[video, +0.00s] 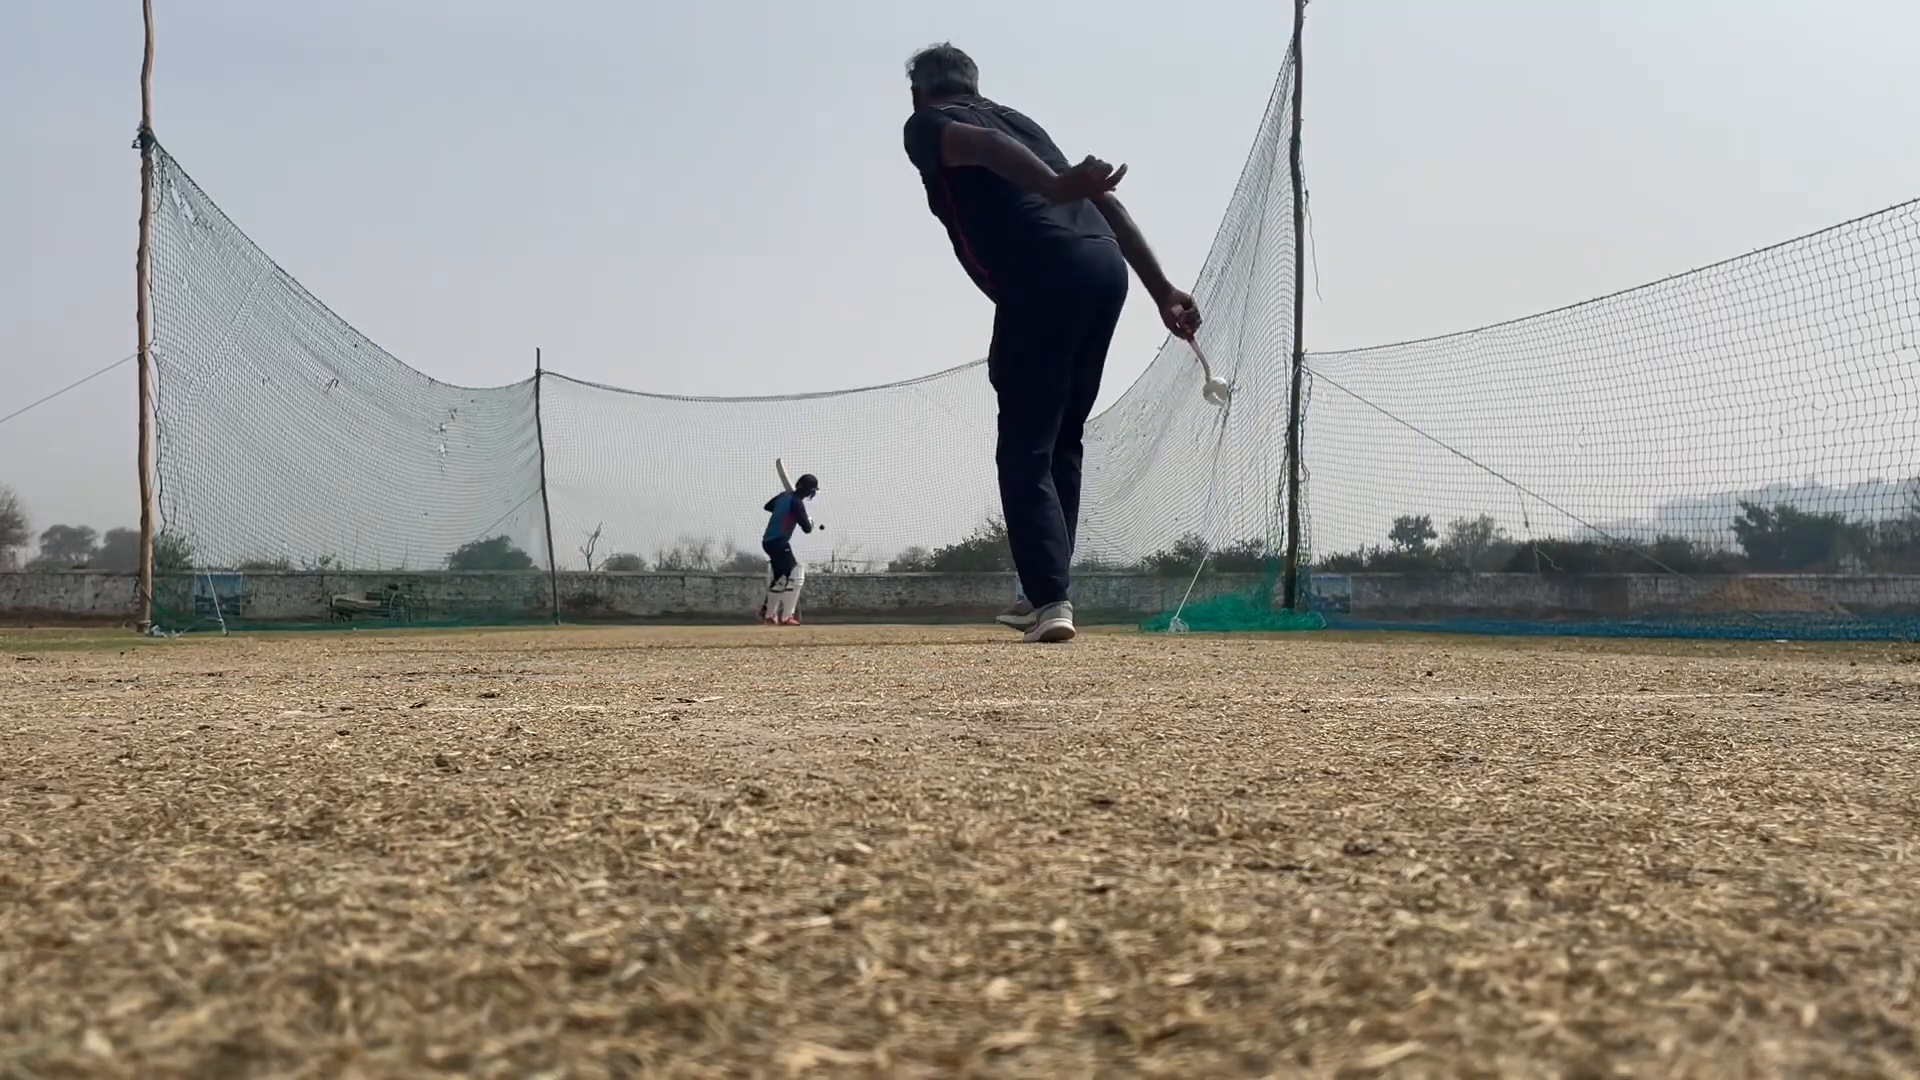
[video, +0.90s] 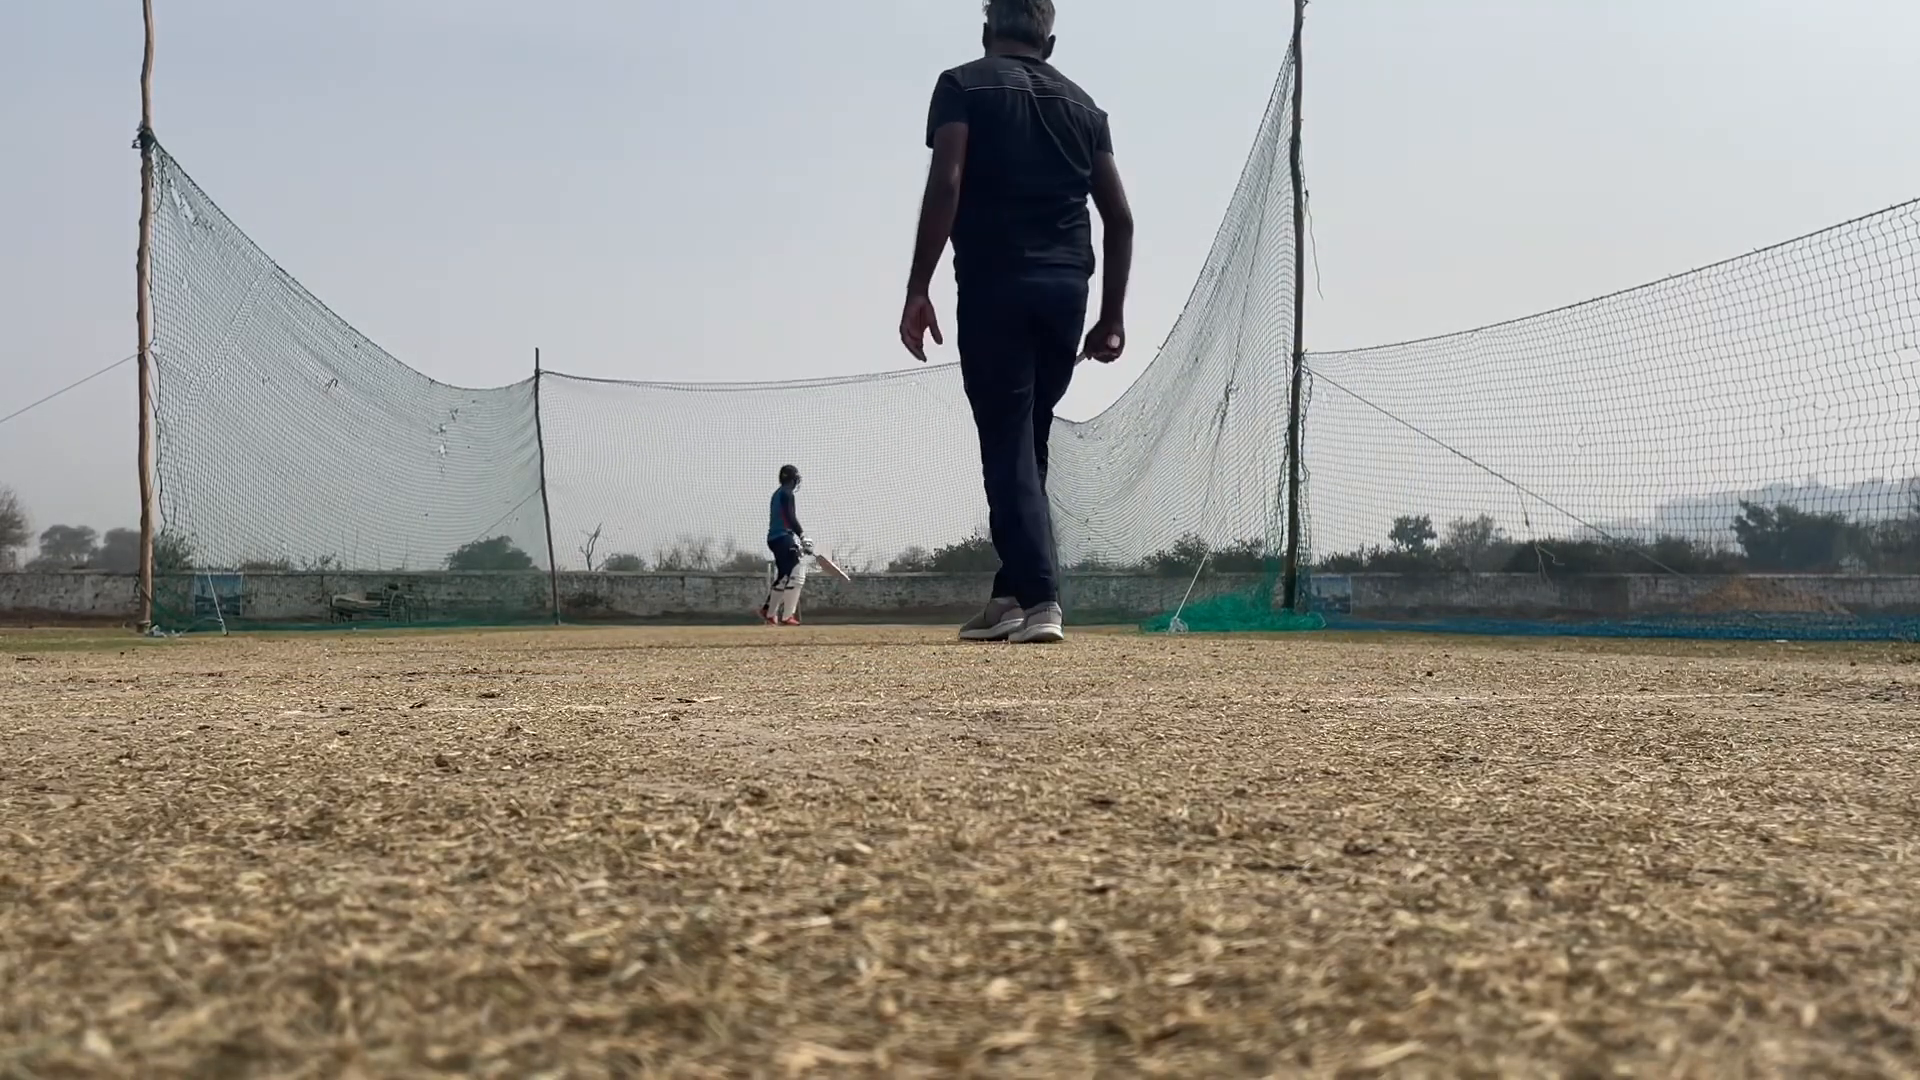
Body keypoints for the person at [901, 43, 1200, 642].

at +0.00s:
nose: (916, 102)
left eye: (915, 94)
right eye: (918, 94)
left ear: (919, 91)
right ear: (974, 86)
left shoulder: (925, 123)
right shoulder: (1022, 124)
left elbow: (986, 146)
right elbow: (1104, 202)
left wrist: (1056, 185)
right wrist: (1162, 288)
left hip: (1042, 275)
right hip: (1105, 270)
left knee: (1024, 447)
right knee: (1064, 440)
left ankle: (1050, 603)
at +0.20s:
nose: (933, 82)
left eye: (934, 73)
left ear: (939, 71)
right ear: (994, 75)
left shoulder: (945, 101)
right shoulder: (1029, 127)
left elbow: (983, 158)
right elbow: (1079, 231)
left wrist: (995, 244)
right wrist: (1099, 331)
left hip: (1022, 290)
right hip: (1079, 289)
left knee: (1006, 453)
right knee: (1022, 451)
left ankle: (1049, 598)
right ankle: (1008, 599)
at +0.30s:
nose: (940, 79)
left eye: (942, 70)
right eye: (945, 70)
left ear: (948, 67)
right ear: (1004, 74)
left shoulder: (950, 99)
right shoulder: (1029, 121)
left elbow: (972, 181)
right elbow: (1045, 207)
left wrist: (932, 285)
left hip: (1013, 291)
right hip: (1068, 290)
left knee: (997, 452)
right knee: (1015, 450)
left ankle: (1047, 593)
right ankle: (1009, 599)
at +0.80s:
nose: (983, 43)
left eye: (983, 34)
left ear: (982, 37)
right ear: (1043, 46)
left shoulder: (962, 85)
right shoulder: (1075, 113)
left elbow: (944, 188)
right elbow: (1106, 228)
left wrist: (913, 278)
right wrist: (1077, 299)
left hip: (991, 297)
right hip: (1060, 298)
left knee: (994, 441)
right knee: (1022, 442)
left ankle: (1035, 591)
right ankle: (1004, 597)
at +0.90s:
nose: (989, 37)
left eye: (989, 29)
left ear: (988, 33)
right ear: (1048, 41)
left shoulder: (964, 81)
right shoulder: (1082, 104)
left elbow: (946, 185)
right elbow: (1119, 219)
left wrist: (918, 288)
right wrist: (1113, 313)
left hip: (995, 290)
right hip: (1066, 291)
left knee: (1008, 441)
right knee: (1030, 435)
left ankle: (1040, 604)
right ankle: (1008, 596)